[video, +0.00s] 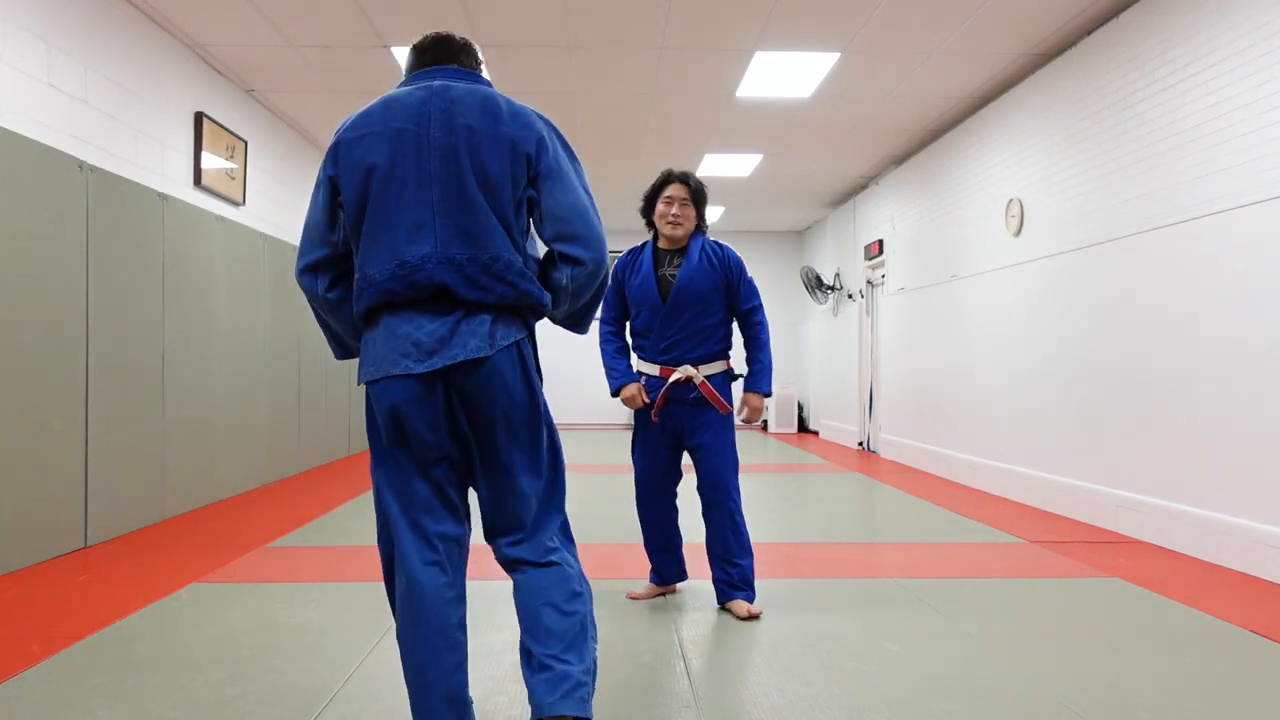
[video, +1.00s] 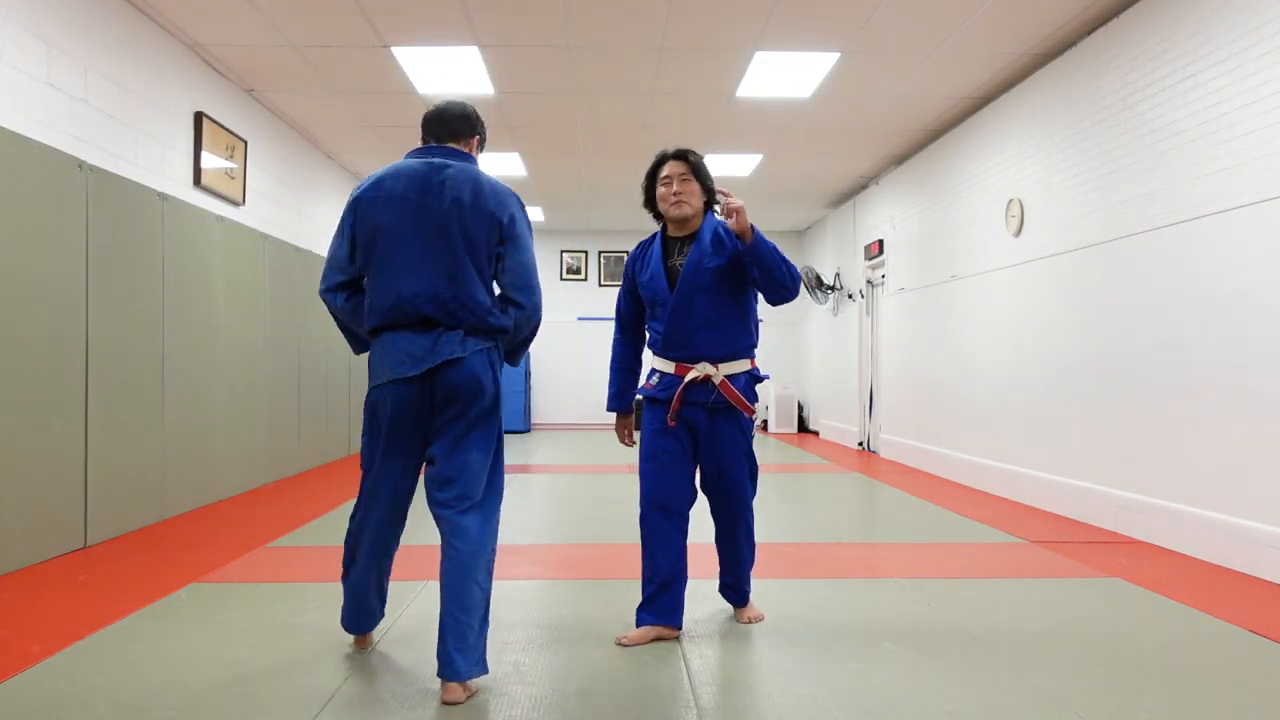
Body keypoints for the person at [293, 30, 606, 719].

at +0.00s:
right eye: (480, 73)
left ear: (408, 76)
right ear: (479, 74)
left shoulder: (356, 132)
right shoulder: (520, 121)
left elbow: (317, 263)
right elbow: (584, 249)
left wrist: (366, 337)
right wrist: (544, 307)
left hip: (395, 363)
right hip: (495, 354)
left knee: (421, 554)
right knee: (536, 539)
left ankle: (440, 714)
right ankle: (563, 707)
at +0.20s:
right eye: (473, 88)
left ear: (406, 92)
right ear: (475, 92)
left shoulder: (356, 139)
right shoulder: (514, 142)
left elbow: (312, 264)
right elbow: (561, 266)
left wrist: (362, 331)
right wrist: (517, 324)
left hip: (394, 359)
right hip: (488, 355)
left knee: (412, 538)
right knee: (499, 521)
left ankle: (435, 709)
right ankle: (501, 695)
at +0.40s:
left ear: (412, 113)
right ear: (478, 115)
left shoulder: (369, 158)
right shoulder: (518, 172)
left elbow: (318, 271)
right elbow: (552, 289)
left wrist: (357, 334)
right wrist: (505, 342)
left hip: (399, 367)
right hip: (486, 368)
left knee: (408, 535)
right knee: (471, 522)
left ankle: (437, 705)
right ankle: (448, 664)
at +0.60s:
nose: (419, 125)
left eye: (421, 117)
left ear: (425, 120)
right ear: (485, 122)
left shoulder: (388, 160)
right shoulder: (521, 179)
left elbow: (328, 260)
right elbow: (544, 292)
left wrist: (352, 330)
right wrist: (493, 330)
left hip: (408, 363)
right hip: (492, 367)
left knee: (364, 517)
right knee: (473, 525)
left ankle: (408, 649)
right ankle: (459, 679)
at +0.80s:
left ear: (423, 126)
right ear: (484, 128)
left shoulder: (386, 171)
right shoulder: (518, 185)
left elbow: (340, 269)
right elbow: (539, 287)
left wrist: (367, 334)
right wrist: (488, 325)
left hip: (400, 362)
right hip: (483, 367)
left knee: (369, 508)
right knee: (471, 519)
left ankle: (353, 650)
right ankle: (458, 676)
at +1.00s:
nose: (482, 155)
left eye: (479, 147)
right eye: (483, 147)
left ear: (421, 138)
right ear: (474, 143)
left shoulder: (372, 190)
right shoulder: (497, 198)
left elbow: (336, 284)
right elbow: (527, 299)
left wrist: (374, 337)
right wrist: (500, 351)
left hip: (395, 363)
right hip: (469, 363)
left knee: (381, 497)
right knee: (467, 511)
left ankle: (360, 619)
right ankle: (458, 673)